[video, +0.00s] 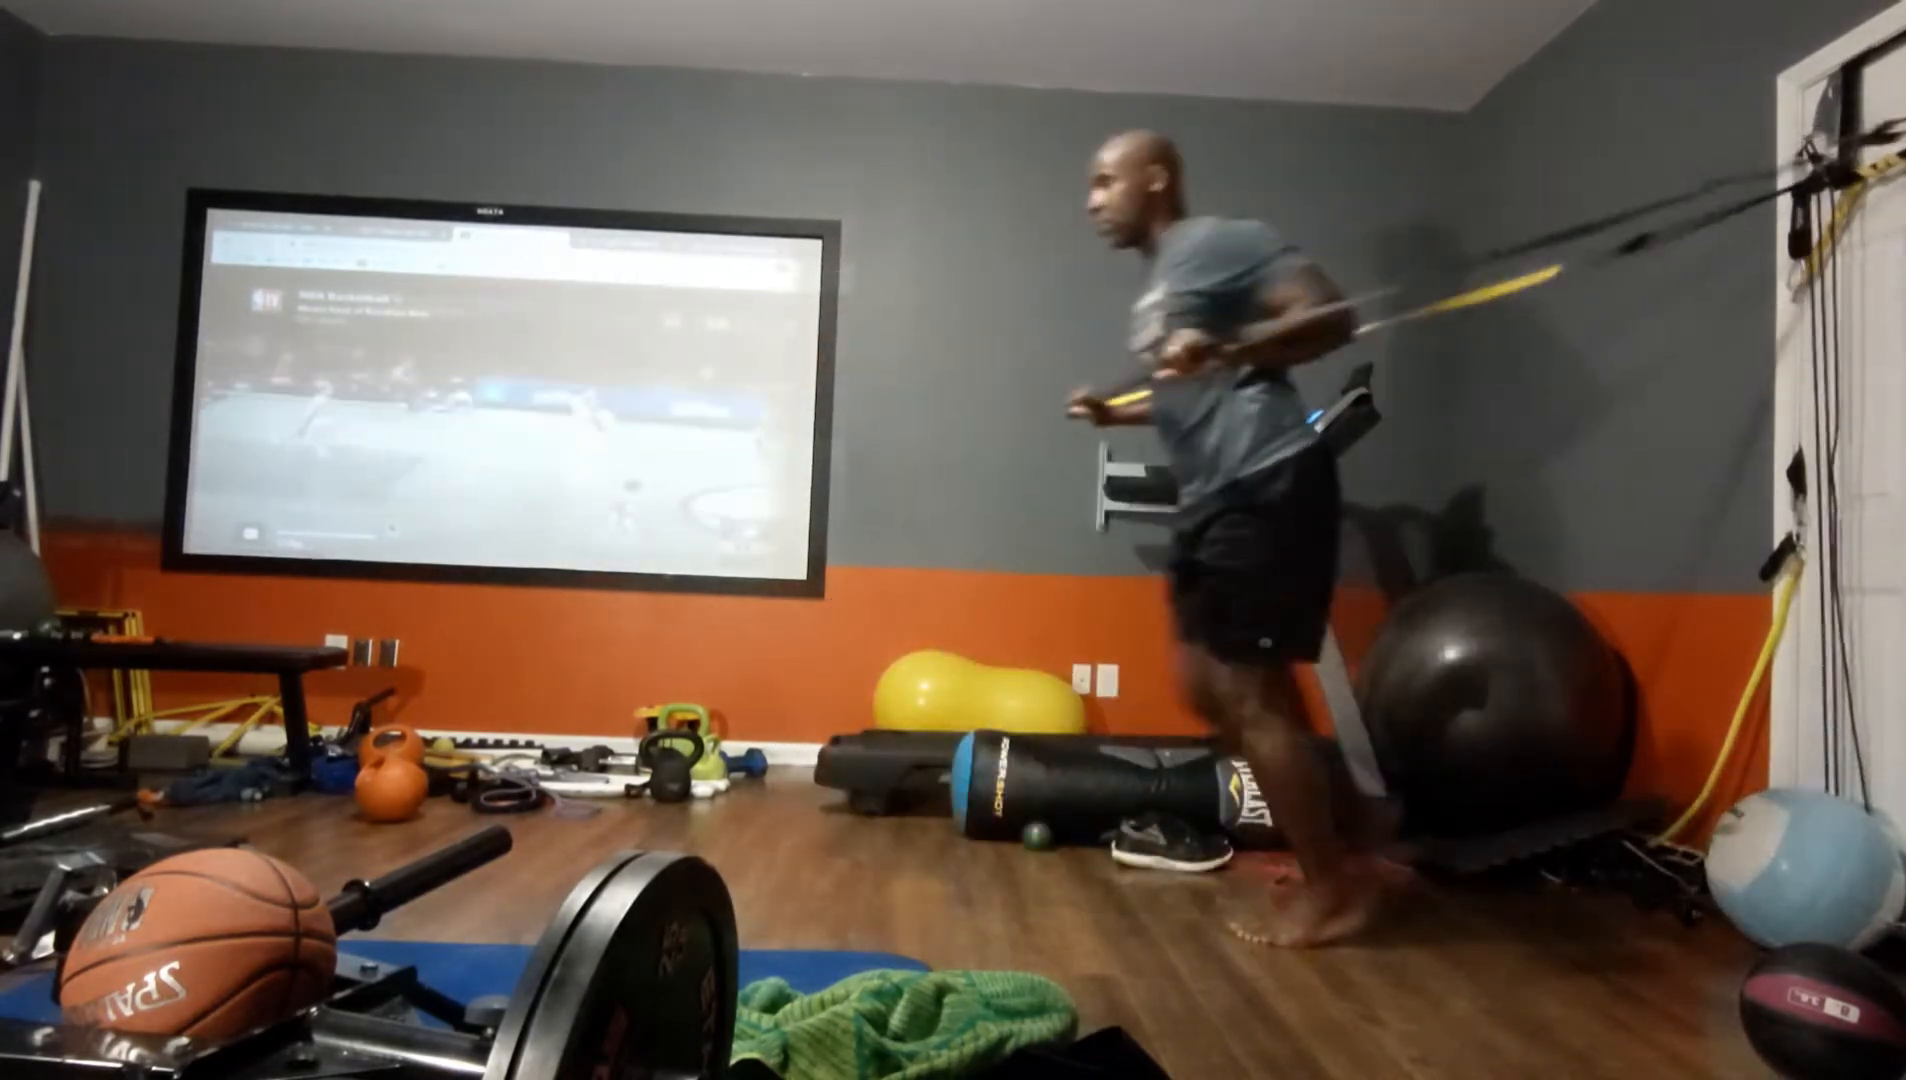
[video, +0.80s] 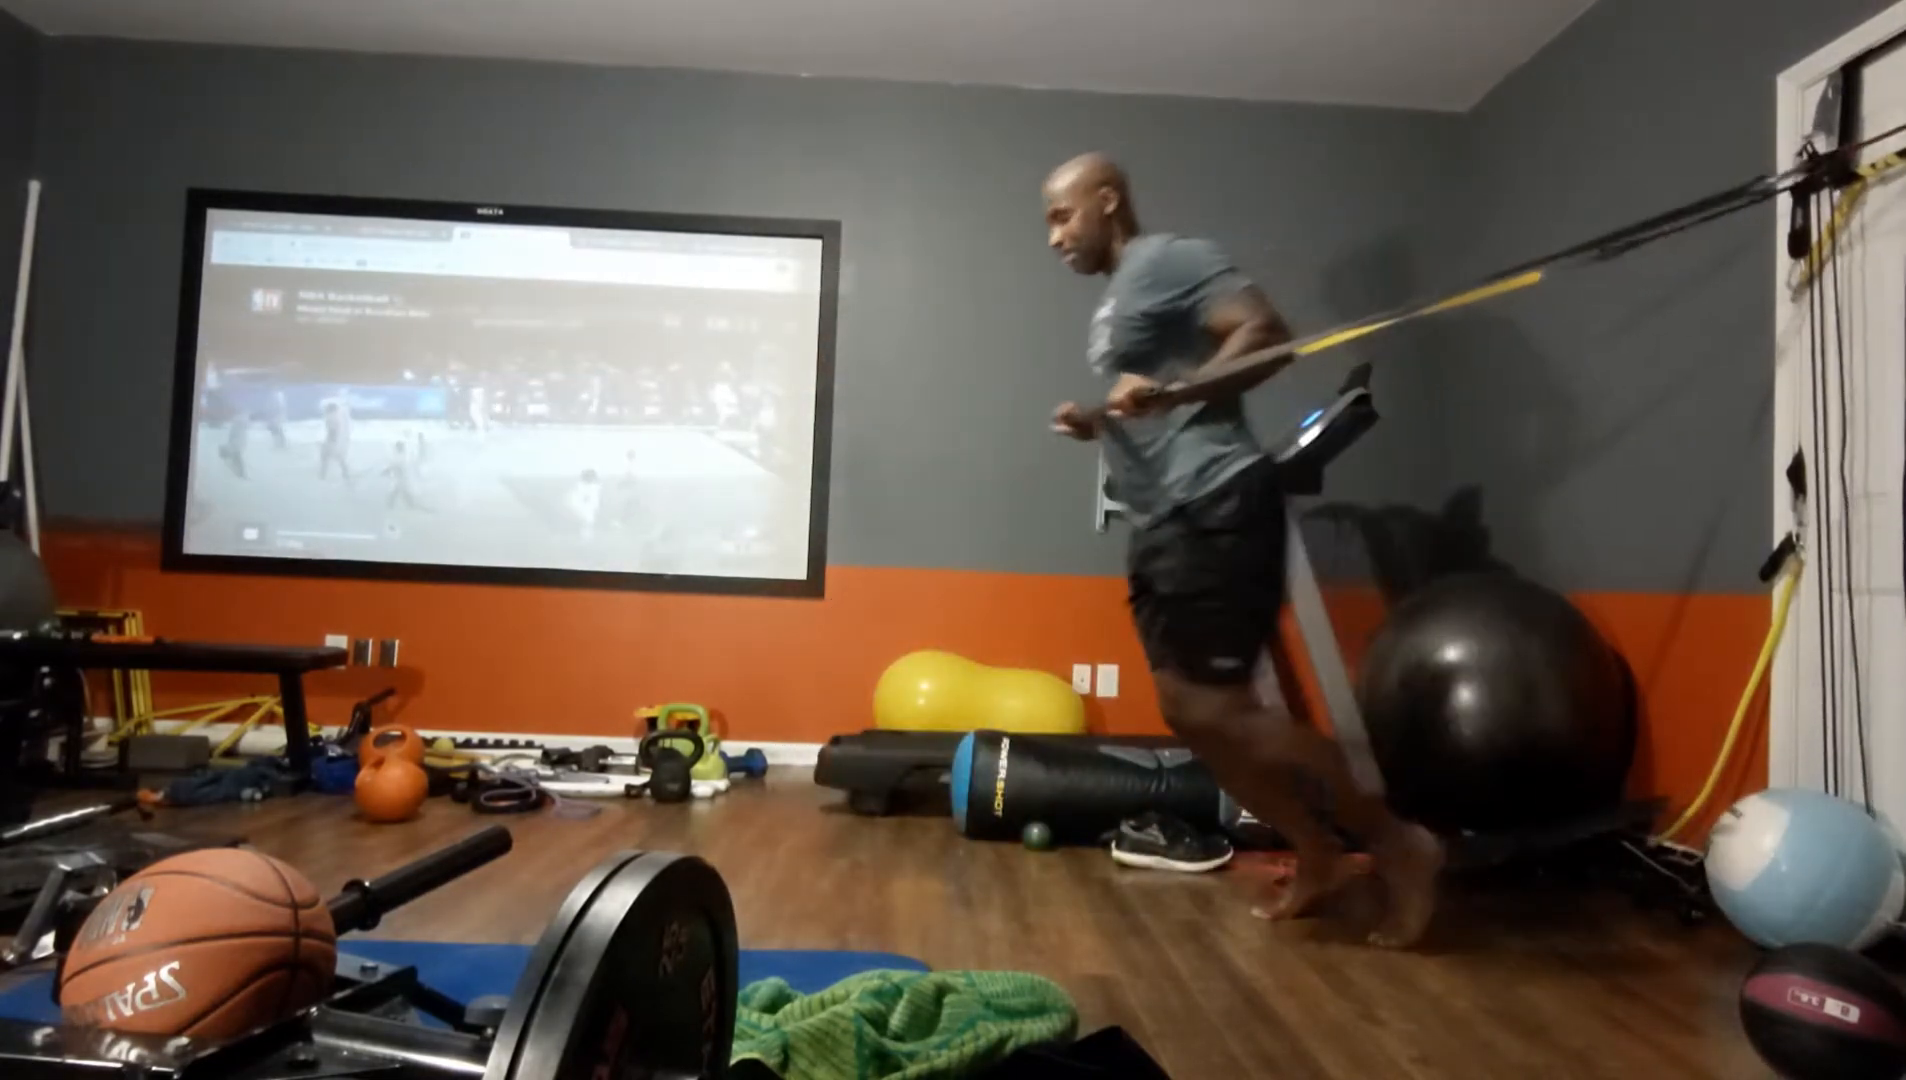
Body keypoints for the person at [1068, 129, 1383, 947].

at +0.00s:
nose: (1093, 201)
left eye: (1106, 181)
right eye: (1092, 187)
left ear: (1159, 181)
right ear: (1131, 193)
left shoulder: (1218, 241)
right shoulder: (1154, 292)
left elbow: (1331, 313)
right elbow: (1192, 399)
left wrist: (1231, 350)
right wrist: (1114, 410)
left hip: (1272, 490)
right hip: (1215, 502)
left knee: (1251, 693)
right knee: (1204, 685)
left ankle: (1329, 887)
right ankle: (1333, 838)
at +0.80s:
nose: (1052, 236)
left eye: (1060, 215)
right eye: (1049, 222)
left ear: (1110, 202)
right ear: (1086, 216)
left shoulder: (1168, 257)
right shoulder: (1115, 299)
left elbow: (1266, 334)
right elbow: (1163, 402)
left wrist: (1173, 391)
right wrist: (1098, 420)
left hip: (1219, 505)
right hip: (1168, 518)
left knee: (1210, 708)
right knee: (1192, 710)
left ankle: (1398, 845)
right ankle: (1319, 858)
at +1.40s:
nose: (719, 382)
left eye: (720, 362)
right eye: (706, 373)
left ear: (752, 336)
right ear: (751, 361)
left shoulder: (827, 354)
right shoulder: (814, 402)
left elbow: (686, 321)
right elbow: (691, 362)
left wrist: (550, 279)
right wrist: (604, 317)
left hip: (991, 526)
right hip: (1015, 536)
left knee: (837, 680)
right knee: (1087, 748)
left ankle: (893, 905)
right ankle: (1240, 830)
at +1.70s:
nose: (699, 389)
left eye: (701, 368)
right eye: (687, 379)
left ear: (738, 341)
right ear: (753, 352)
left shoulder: (817, 359)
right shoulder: (818, 409)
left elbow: (672, 341)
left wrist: (536, 291)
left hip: (977, 538)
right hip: (1009, 545)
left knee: (820, 686)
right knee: (1088, 748)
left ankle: (890, 897)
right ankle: (1246, 837)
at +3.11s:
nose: (1167, 191)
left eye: (1182, 174)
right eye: (1167, 177)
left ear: (1234, 180)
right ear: (1217, 185)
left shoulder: (1291, 243)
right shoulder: (1224, 287)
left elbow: (1384, 330)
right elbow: (1261, 396)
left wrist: (1274, 362)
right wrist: (1178, 405)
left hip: (1353, 498)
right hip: (1279, 511)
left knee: (1387, 697)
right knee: (1250, 686)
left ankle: (1500, 886)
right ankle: (1314, 877)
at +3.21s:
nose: (1164, 190)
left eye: (1179, 174)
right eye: (1164, 177)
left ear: (1232, 178)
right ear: (1214, 184)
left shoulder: (1286, 241)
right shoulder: (1222, 283)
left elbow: (1379, 325)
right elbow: (1262, 392)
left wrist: (1269, 360)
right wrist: (1177, 403)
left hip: (1349, 498)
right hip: (1274, 511)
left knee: (1388, 699)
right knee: (1241, 688)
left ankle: (1500, 886)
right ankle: (1315, 877)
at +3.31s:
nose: (1146, 197)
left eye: (1161, 181)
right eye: (1147, 184)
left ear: (1212, 184)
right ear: (1194, 191)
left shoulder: (1268, 245)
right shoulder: (1207, 282)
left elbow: (1364, 330)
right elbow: (1250, 381)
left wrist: (1255, 361)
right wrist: (1175, 398)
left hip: (1341, 505)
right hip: (1263, 521)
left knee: (1389, 703)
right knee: (1216, 688)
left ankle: (1501, 887)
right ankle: (1313, 869)